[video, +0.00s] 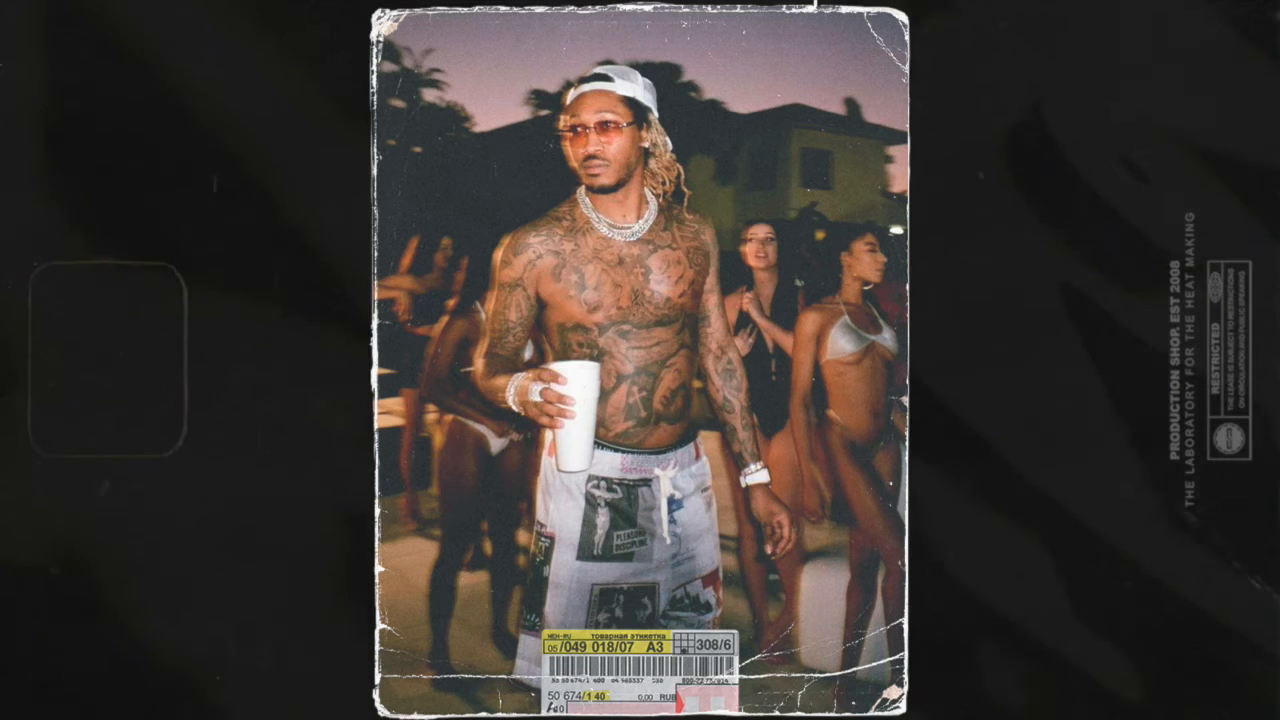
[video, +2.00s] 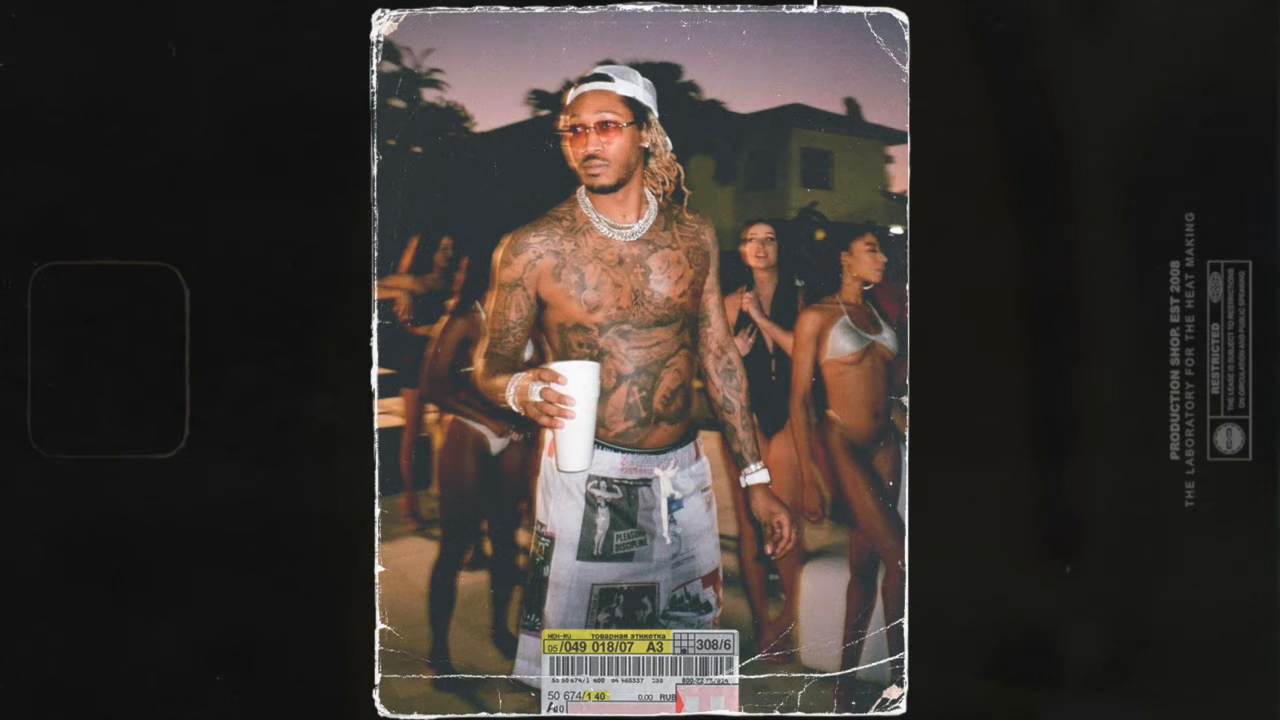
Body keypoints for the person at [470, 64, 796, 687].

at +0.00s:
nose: (590, 143)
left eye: (608, 126)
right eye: (576, 130)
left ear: (646, 139)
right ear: (565, 144)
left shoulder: (694, 237)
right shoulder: (532, 248)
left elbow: (720, 359)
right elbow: (492, 365)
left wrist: (756, 481)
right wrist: (516, 389)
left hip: (681, 477)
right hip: (583, 482)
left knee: (688, 663)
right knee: (574, 668)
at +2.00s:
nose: (590, 143)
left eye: (608, 126)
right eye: (576, 130)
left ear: (646, 138)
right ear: (565, 144)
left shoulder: (693, 235)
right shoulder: (532, 248)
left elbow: (720, 358)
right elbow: (491, 365)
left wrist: (756, 482)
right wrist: (516, 389)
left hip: (681, 477)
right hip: (583, 482)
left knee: (690, 664)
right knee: (574, 670)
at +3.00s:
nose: (590, 143)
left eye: (608, 126)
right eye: (576, 130)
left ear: (646, 139)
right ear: (565, 144)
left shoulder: (693, 235)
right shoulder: (533, 248)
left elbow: (720, 358)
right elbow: (491, 365)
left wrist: (756, 482)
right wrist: (517, 389)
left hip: (681, 476)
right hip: (583, 481)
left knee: (689, 661)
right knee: (574, 667)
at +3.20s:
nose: (590, 143)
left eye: (608, 126)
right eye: (576, 130)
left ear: (646, 139)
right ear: (565, 144)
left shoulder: (693, 235)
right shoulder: (532, 248)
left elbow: (720, 358)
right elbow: (491, 366)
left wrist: (756, 482)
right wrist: (517, 389)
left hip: (681, 477)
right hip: (583, 482)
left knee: (689, 663)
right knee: (574, 668)